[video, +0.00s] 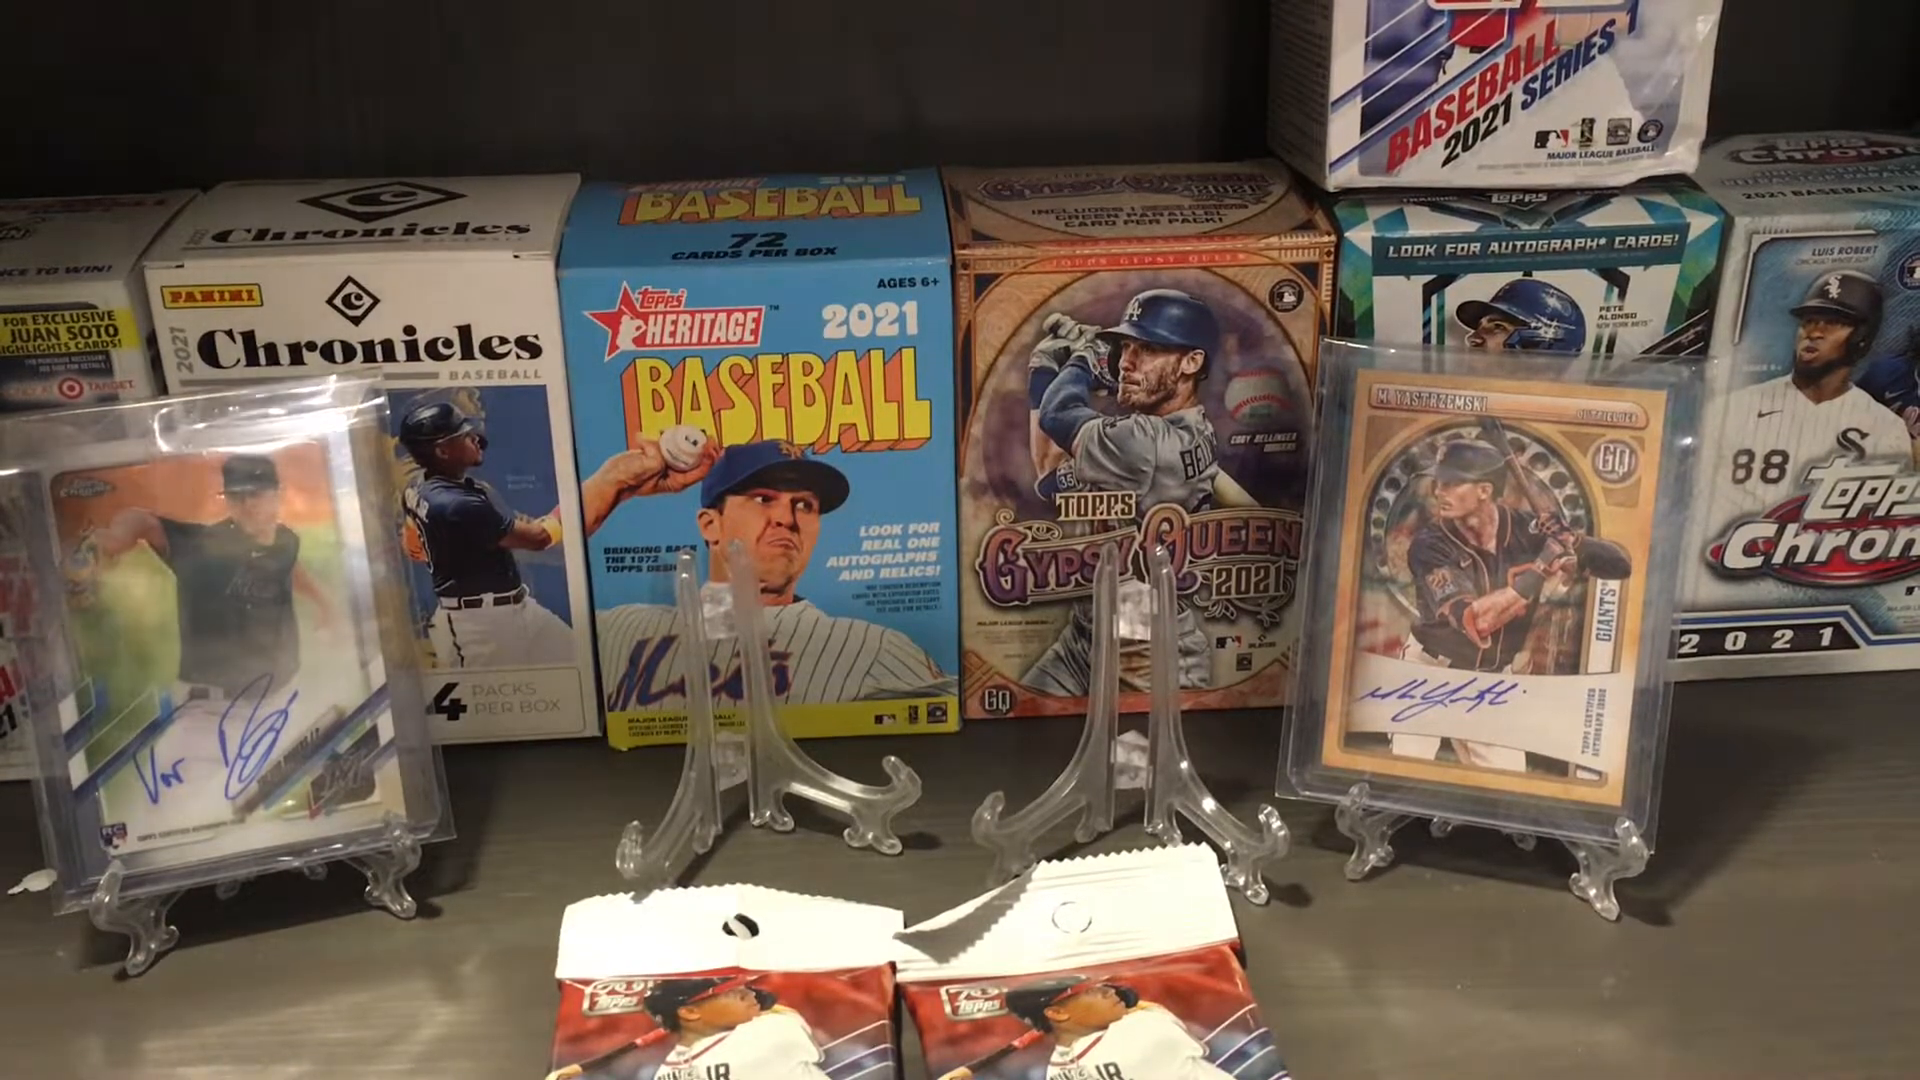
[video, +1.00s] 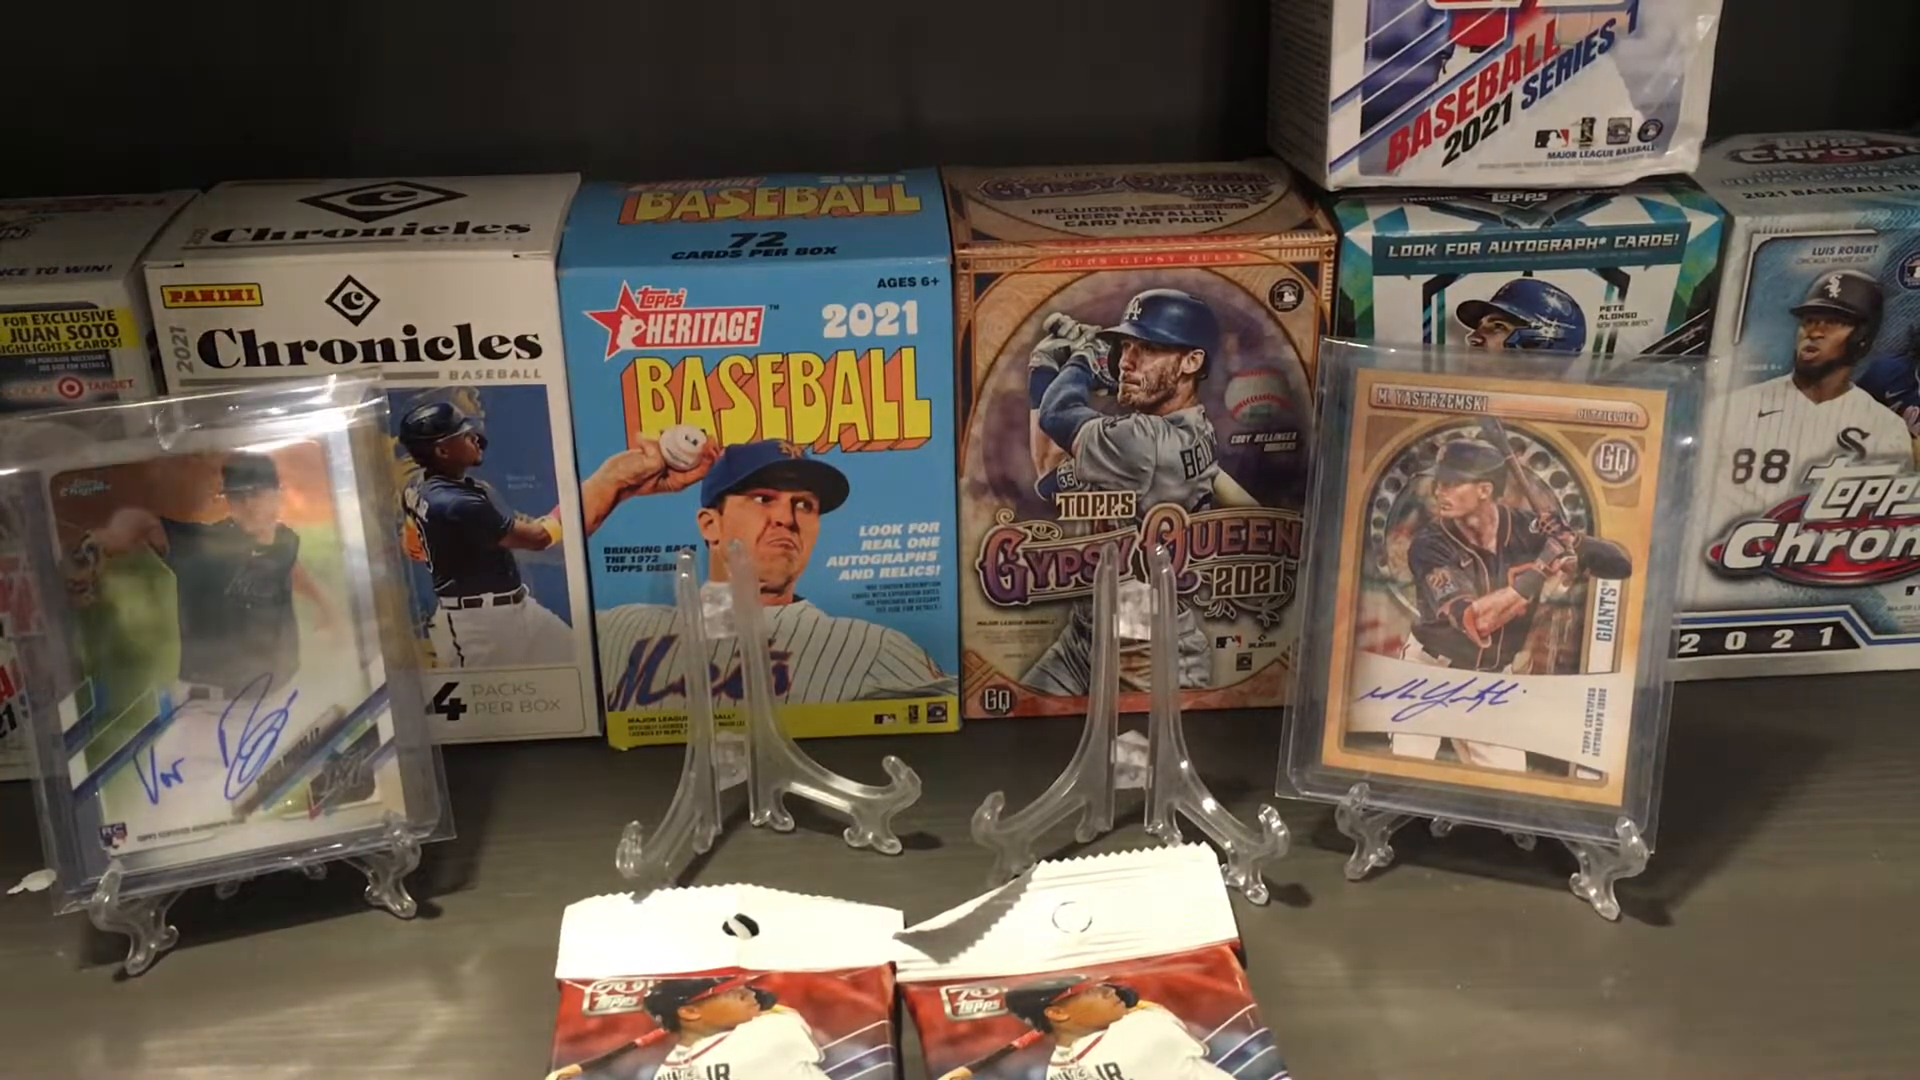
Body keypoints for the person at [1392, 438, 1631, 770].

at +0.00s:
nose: (1439, 491)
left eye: (1452, 484)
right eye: (1439, 483)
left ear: (1484, 491)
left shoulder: (1527, 530)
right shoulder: (1430, 541)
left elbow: (1622, 565)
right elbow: (1472, 622)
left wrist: (1574, 545)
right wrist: (1538, 572)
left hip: (1495, 677)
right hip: (1429, 669)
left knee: (1509, 789)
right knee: (1412, 771)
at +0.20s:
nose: (1440, 491)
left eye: (1453, 483)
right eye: (1440, 482)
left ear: (1485, 491)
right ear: (1435, 485)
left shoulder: (1528, 529)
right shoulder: (1430, 541)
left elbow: (1623, 565)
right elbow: (1471, 621)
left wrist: (1574, 545)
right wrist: (1538, 573)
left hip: (1496, 676)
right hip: (1429, 668)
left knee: (1510, 790)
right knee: (1413, 770)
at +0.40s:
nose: (1440, 491)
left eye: (1453, 483)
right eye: (1440, 482)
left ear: (1484, 491)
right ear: (1435, 485)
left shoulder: (1527, 529)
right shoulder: (1430, 541)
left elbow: (1623, 565)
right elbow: (1471, 621)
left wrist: (1574, 545)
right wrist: (1538, 573)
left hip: (1495, 677)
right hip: (1429, 669)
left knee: (1509, 790)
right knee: (1412, 771)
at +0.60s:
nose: (1440, 491)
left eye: (1452, 483)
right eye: (1440, 482)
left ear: (1485, 490)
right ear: (1436, 486)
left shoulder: (1527, 529)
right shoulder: (1430, 541)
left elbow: (1622, 564)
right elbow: (1472, 622)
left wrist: (1574, 546)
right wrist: (1537, 573)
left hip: (1495, 677)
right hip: (1429, 669)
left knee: (1510, 790)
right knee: (1412, 771)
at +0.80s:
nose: (1440, 491)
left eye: (1452, 484)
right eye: (1439, 483)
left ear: (1484, 490)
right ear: (1436, 486)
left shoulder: (1527, 529)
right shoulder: (1430, 541)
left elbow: (1623, 564)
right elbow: (1472, 622)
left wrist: (1574, 548)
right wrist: (1537, 574)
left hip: (1495, 677)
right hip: (1429, 670)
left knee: (1510, 790)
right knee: (1412, 771)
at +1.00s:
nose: (1439, 492)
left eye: (1452, 484)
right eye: (1439, 483)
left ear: (1484, 491)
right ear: (1436, 486)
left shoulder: (1528, 530)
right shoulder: (1430, 542)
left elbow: (1622, 565)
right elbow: (1473, 622)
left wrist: (1574, 547)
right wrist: (1538, 573)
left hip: (1495, 677)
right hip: (1429, 670)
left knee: (1510, 789)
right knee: (1411, 772)